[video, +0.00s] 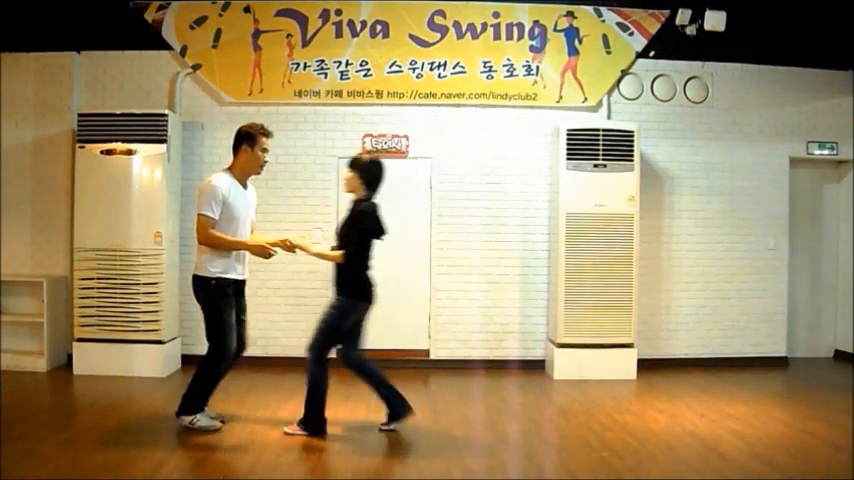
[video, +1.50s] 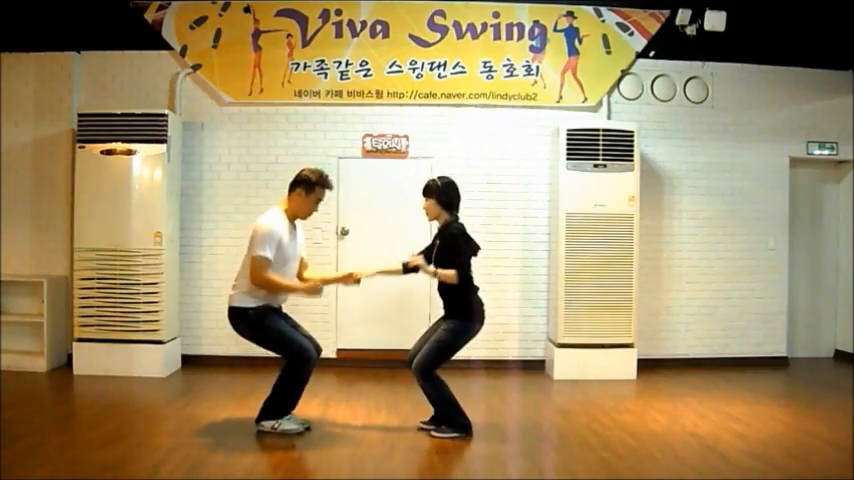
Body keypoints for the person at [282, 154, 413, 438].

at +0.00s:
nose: (346, 177)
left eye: (351, 173)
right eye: (348, 172)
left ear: (362, 179)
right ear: (364, 179)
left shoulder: (362, 212)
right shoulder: (364, 209)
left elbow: (344, 256)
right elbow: (350, 254)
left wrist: (309, 250)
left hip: (351, 296)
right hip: (357, 294)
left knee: (317, 350)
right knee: (351, 356)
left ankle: (313, 422)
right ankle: (398, 407)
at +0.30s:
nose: (297, 170)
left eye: (301, 166)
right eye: (300, 165)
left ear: (312, 173)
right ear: (318, 173)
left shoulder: (312, 206)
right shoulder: (318, 202)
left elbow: (308, 252)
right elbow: (306, 245)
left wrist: (277, 246)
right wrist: (281, 237)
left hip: (305, 287)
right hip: (307, 285)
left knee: (278, 348)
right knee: (280, 347)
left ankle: (305, 413)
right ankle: (300, 411)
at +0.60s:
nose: (289, 171)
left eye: (294, 167)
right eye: (292, 166)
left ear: (305, 174)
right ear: (310, 174)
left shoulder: (305, 207)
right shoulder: (312, 203)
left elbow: (305, 251)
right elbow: (304, 246)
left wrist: (274, 244)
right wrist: (277, 237)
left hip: (301, 290)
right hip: (307, 289)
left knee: (285, 352)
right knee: (290, 351)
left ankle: (307, 419)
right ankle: (317, 412)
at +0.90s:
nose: (340, 180)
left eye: (345, 176)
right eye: (342, 175)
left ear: (357, 182)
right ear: (360, 182)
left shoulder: (359, 214)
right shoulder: (364, 211)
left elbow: (354, 258)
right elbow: (354, 254)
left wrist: (319, 252)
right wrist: (323, 252)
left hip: (357, 299)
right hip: (366, 298)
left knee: (324, 350)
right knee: (377, 356)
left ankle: (309, 420)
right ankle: (429, 401)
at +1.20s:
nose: (402, 182)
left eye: (406, 177)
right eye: (403, 176)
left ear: (419, 181)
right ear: (417, 179)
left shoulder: (424, 212)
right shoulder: (422, 209)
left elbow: (407, 253)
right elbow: (392, 238)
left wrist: (371, 242)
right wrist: (361, 233)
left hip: (429, 295)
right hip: (430, 293)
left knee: (407, 354)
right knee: (416, 355)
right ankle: (440, 414)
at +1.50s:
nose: (424, 206)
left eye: (427, 200)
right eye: (424, 200)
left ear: (442, 202)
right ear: (441, 203)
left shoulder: (454, 233)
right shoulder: (443, 232)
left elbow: (459, 277)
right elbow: (415, 265)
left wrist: (428, 269)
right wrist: (371, 272)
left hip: (466, 318)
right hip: (453, 314)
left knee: (422, 367)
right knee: (414, 360)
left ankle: (458, 425)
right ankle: (442, 415)